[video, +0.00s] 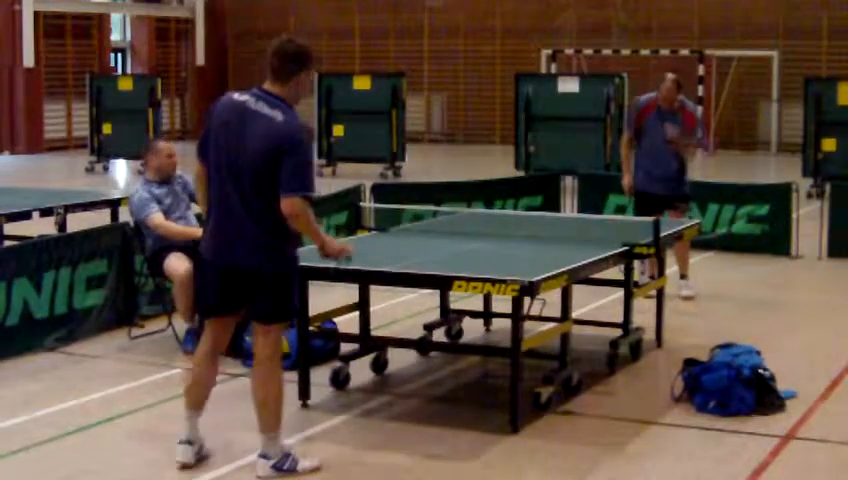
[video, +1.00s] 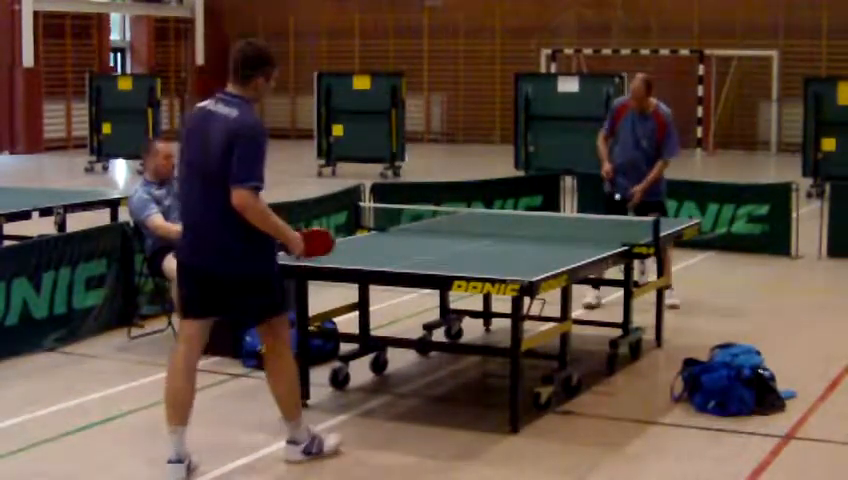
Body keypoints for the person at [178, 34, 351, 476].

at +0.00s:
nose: (313, 84)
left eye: (312, 76)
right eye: (311, 77)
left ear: (270, 71)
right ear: (301, 79)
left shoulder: (226, 106)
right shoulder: (292, 130)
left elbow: (201, 171)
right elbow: (292, 205)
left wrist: (211, 219)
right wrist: (324, 241)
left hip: (220, 248)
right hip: (269, 254)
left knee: (212, 339)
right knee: (268, 347)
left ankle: (188, 439)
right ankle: (272, 452)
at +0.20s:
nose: (281, 79)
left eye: (280, 72)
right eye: (280, 73)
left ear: (241, 67)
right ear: (272, 73)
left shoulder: (203, 108)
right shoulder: (267, 126)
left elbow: (186, 174)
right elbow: (272, 201)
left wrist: (204, 218)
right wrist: (312, 237)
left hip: (208, 252)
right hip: (259, 257)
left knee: (200, 343)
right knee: (263, 349)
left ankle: (179, 451)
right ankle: (272, 450)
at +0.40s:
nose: (250, 77)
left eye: (248, 70)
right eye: (250, 71)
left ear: (209, 66)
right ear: (242, 72)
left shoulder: (175, 113)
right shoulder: (239, 125)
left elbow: (163, 175)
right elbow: (248, 199)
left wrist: (186, 218)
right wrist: (292, 225)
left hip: (190, 252)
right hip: (240, 254)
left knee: (183, 344)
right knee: (258, 343)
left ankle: (176, 454)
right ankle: (270, 450)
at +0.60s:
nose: (236, 80)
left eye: (236, 72)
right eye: (235, 73)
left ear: (194, 69)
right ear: (223, 72)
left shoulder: (162, 116)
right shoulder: (220, 120)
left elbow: (154, 179)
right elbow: (230, 195)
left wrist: (178, 227)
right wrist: (277, 230)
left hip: (184, 251)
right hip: (233, 251)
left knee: (179, 341)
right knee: (271, 333)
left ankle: (175, 455)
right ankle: (275, 444)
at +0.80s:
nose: (239, 82)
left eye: (239, 75)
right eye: (239, 75)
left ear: (199, 70)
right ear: (228, 74)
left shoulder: (170, 113)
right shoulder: (221, 121)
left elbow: (160, 180)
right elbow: (221, 194)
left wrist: (184, 226)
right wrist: (271, 229)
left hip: (184, 249)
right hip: (230, 249)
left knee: (178, 344)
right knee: (269, 333)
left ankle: (176, 456)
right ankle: (295, 438)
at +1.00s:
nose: (271, 85)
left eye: (270, 78)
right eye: (271, 79)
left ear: (231, 72)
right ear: (263, 79)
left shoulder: (197, 115)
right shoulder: (248, 124)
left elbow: (188, 185)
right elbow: (244, 197)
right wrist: (287, 235)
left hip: (196, 253)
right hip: (245, 255)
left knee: (188, 345)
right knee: (276, 337)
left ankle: (176, 454)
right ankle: (300, 438)